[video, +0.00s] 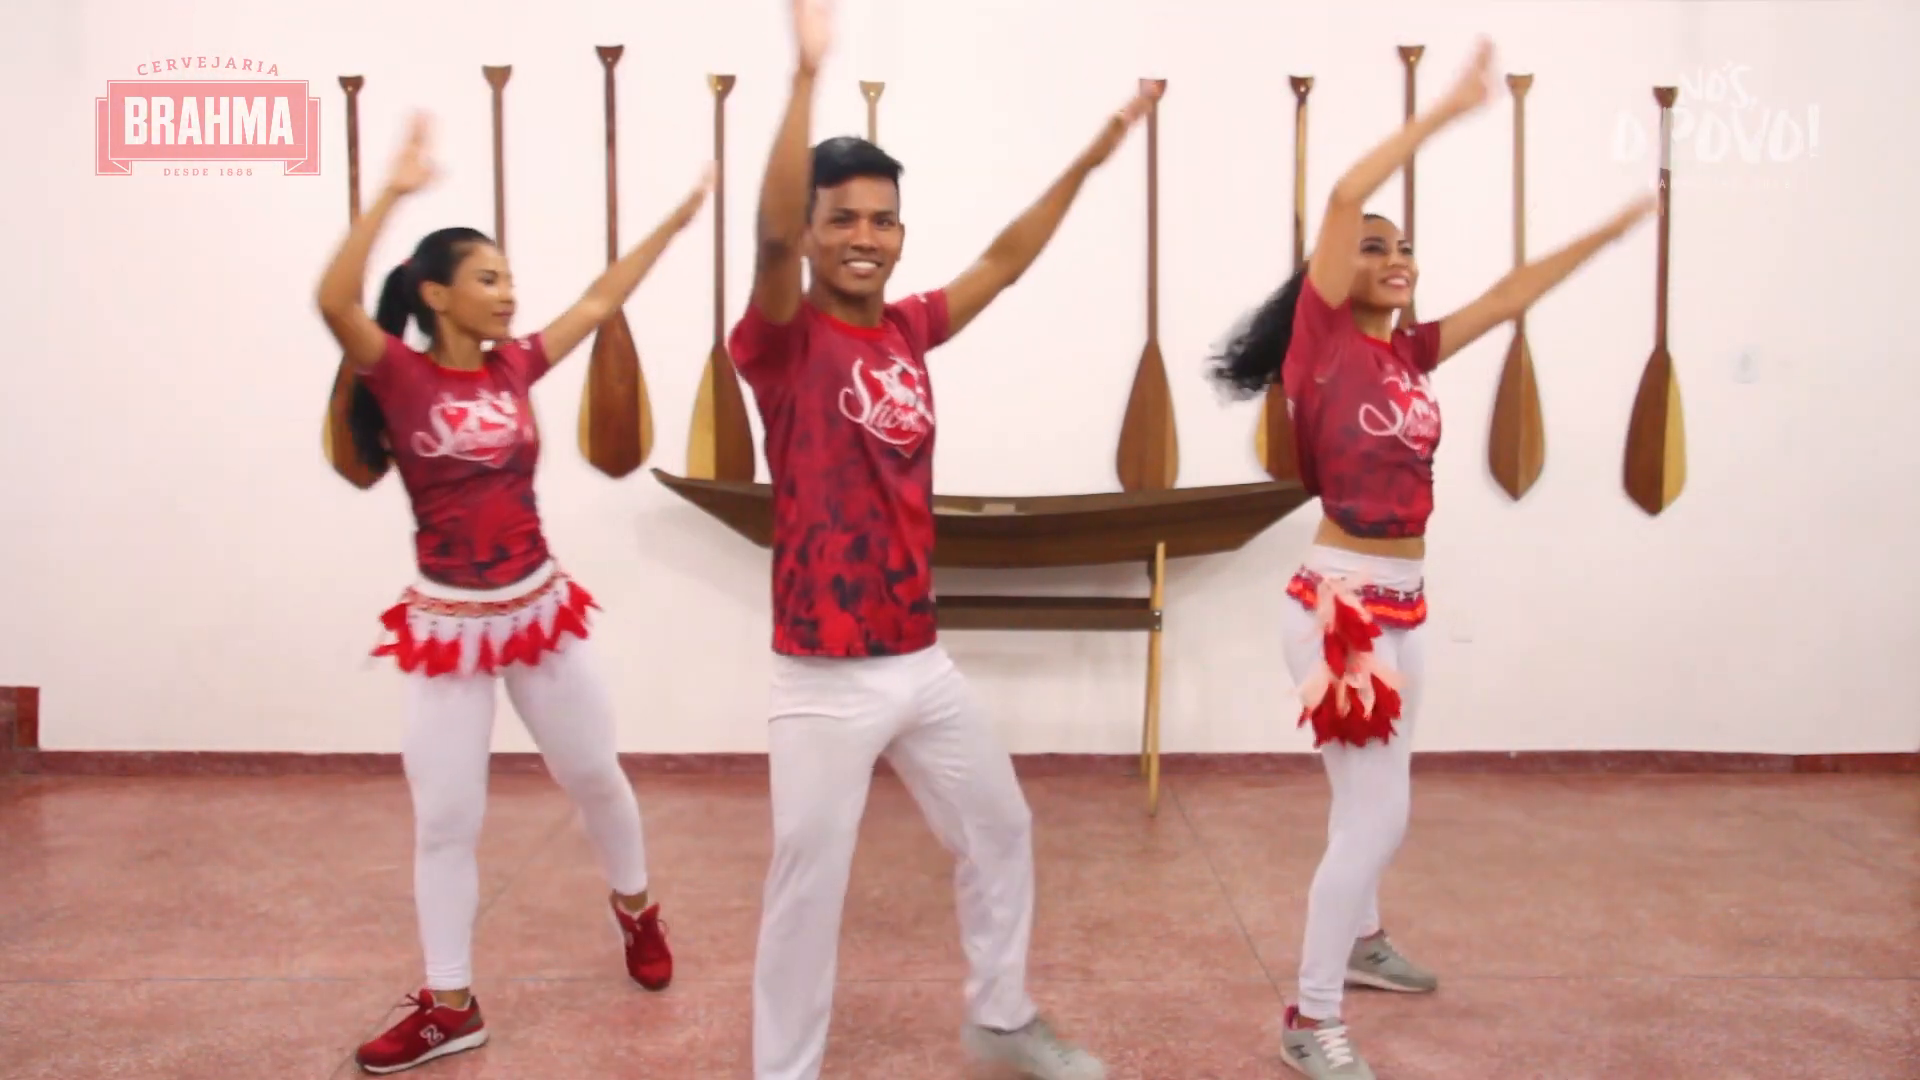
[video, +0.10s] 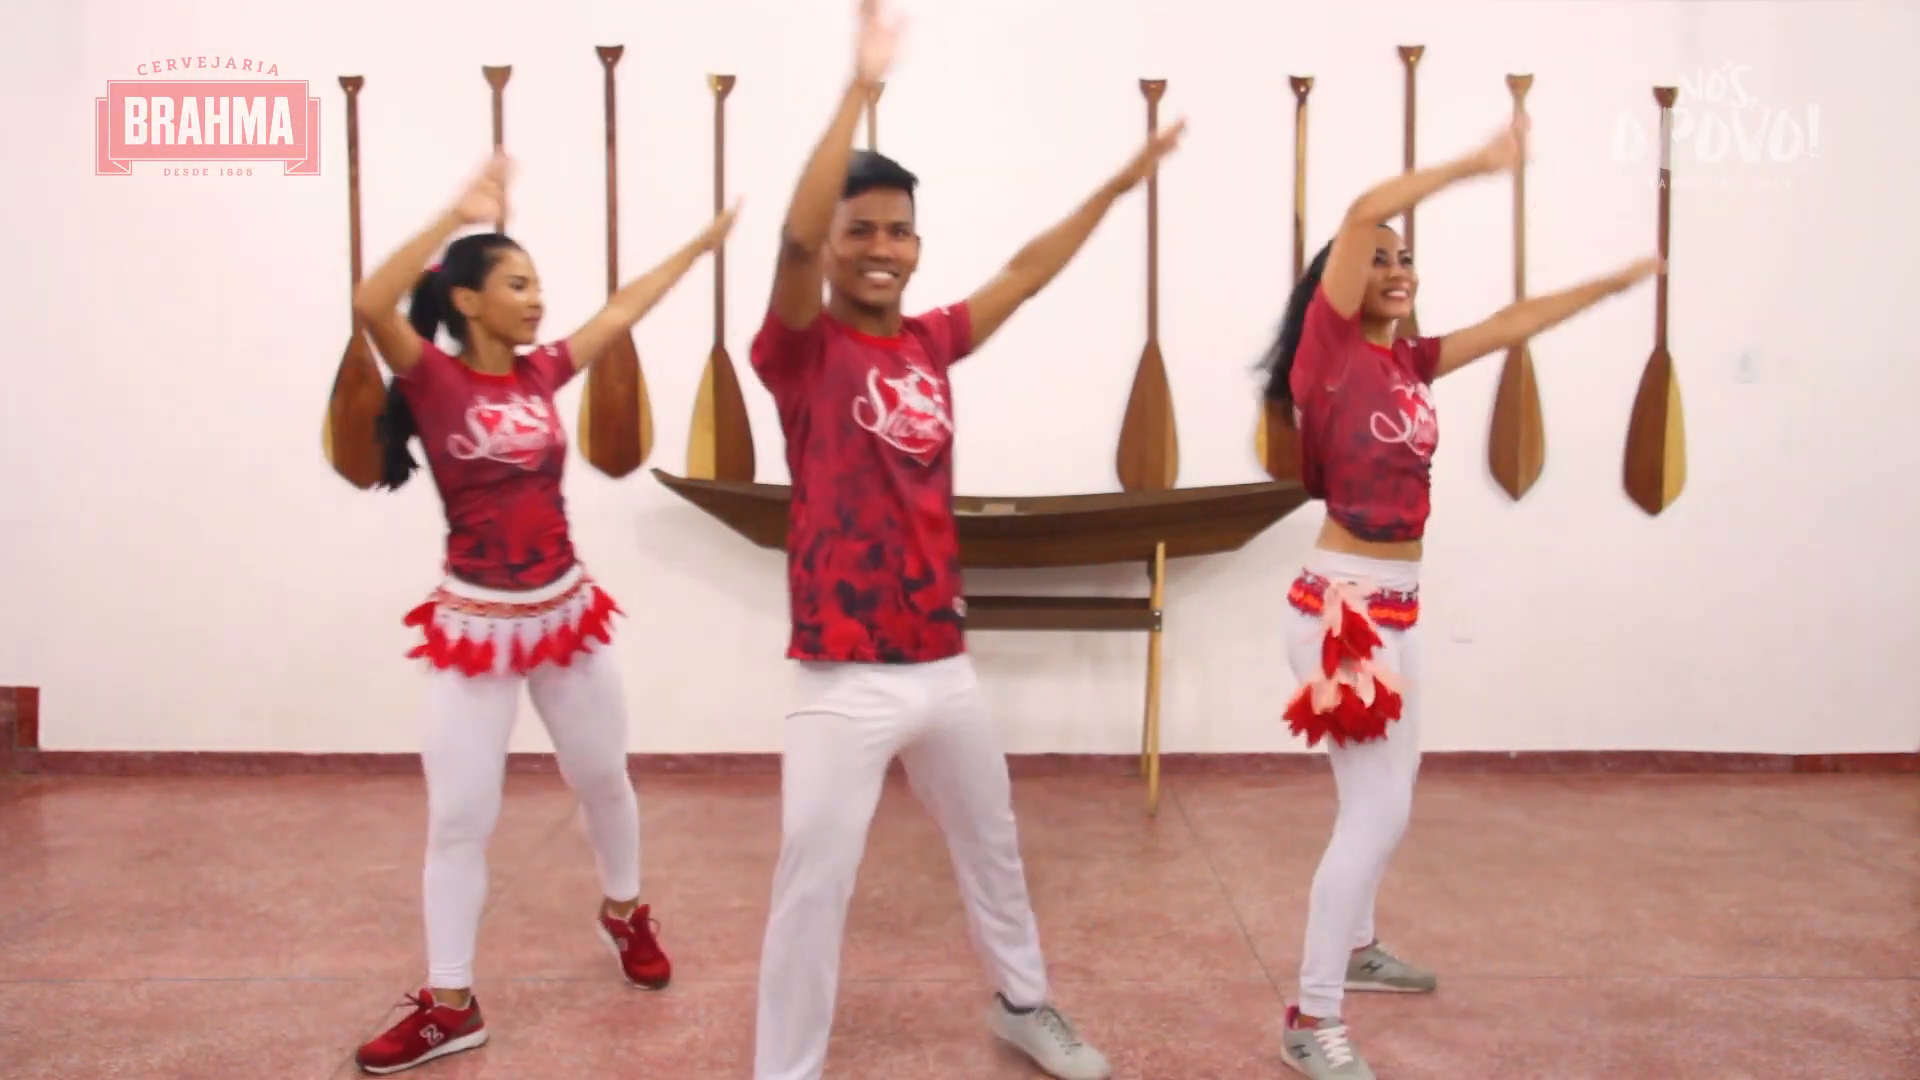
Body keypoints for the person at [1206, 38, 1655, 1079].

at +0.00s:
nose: (1396, 261)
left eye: (1404, 250)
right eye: (1376, 248)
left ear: (1414, 270)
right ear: (1340, 263)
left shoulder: (1412, 350)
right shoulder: (1324, 337)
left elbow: (1510, 292)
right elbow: (1344, 198)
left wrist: (1611, 228)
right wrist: (1451, 105)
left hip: (1399, 599)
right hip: (1342, 598)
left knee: (1379, 801)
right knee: (1370, 820)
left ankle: (1357, 935)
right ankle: (1311, 1018)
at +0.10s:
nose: (1400, 272)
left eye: (1406, 264)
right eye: (1383, 260)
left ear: (1409, 287)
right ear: (1346, 280)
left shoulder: (1407, 360)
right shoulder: (1328, 349)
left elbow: (1515, 320)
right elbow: (1364, 211)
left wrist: (1621, 276)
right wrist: (1481, 160)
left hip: (1395, 600)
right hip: (1343, 597)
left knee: (1390, 808)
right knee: (1368, 818)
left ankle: (1349, 943)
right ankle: (1311, 1021)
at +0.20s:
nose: (1405, 283)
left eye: (1411, 272)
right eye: (1388, 270)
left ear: (1418, 290)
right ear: (1353, 286)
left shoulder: (1410, 365)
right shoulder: (1333, 355)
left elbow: (1513, 341)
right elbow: (1381, 220)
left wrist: (1620, 313)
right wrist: (1497, 204)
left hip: (1400, 605)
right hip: (1341, 606)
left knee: (1400, 784)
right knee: (1364, 800)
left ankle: (1353, 945)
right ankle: (1310, 1018)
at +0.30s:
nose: (1414, 290)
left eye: (1418, 277)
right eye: (1398, 276)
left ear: (1413, 294)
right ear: (1359, 288)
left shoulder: (1411, 365)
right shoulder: (1339, 353)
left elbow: (1511, 351)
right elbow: (1392, 232)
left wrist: (1614, 332)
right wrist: (1500, 236)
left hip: (1403, 596)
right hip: (1349, 595)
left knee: (1403, 780)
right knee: (1365, 788)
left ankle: (1350, 945)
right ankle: (1296, 995)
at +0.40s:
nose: (1416, 290)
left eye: (1423, 278)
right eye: (1401, 276)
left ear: (1428, 291)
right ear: (1365, 285)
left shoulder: (1425, 363)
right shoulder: (1342, 352)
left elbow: (1522, 349)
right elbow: (1390, 237)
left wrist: (1628, 335)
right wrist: (1496, 256)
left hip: (1405, 593)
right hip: (1354, 589)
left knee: (1409, 778)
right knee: (1379, 781)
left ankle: (1350, 947)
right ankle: (1266, 943)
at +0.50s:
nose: (1404, 293)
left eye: (1416, 280)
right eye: (1391, 280)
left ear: (1428, 291)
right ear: (1366, 284)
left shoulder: (1436, 359)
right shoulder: (1341, 348)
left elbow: (1543, 341)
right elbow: (1369, 236)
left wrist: (1652, 323)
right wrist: (1482, 260)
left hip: (1421, 581)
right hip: (1361, 575)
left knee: (1408, 774)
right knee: (1379, 774)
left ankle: (1350, 947)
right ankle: (1256, 898)